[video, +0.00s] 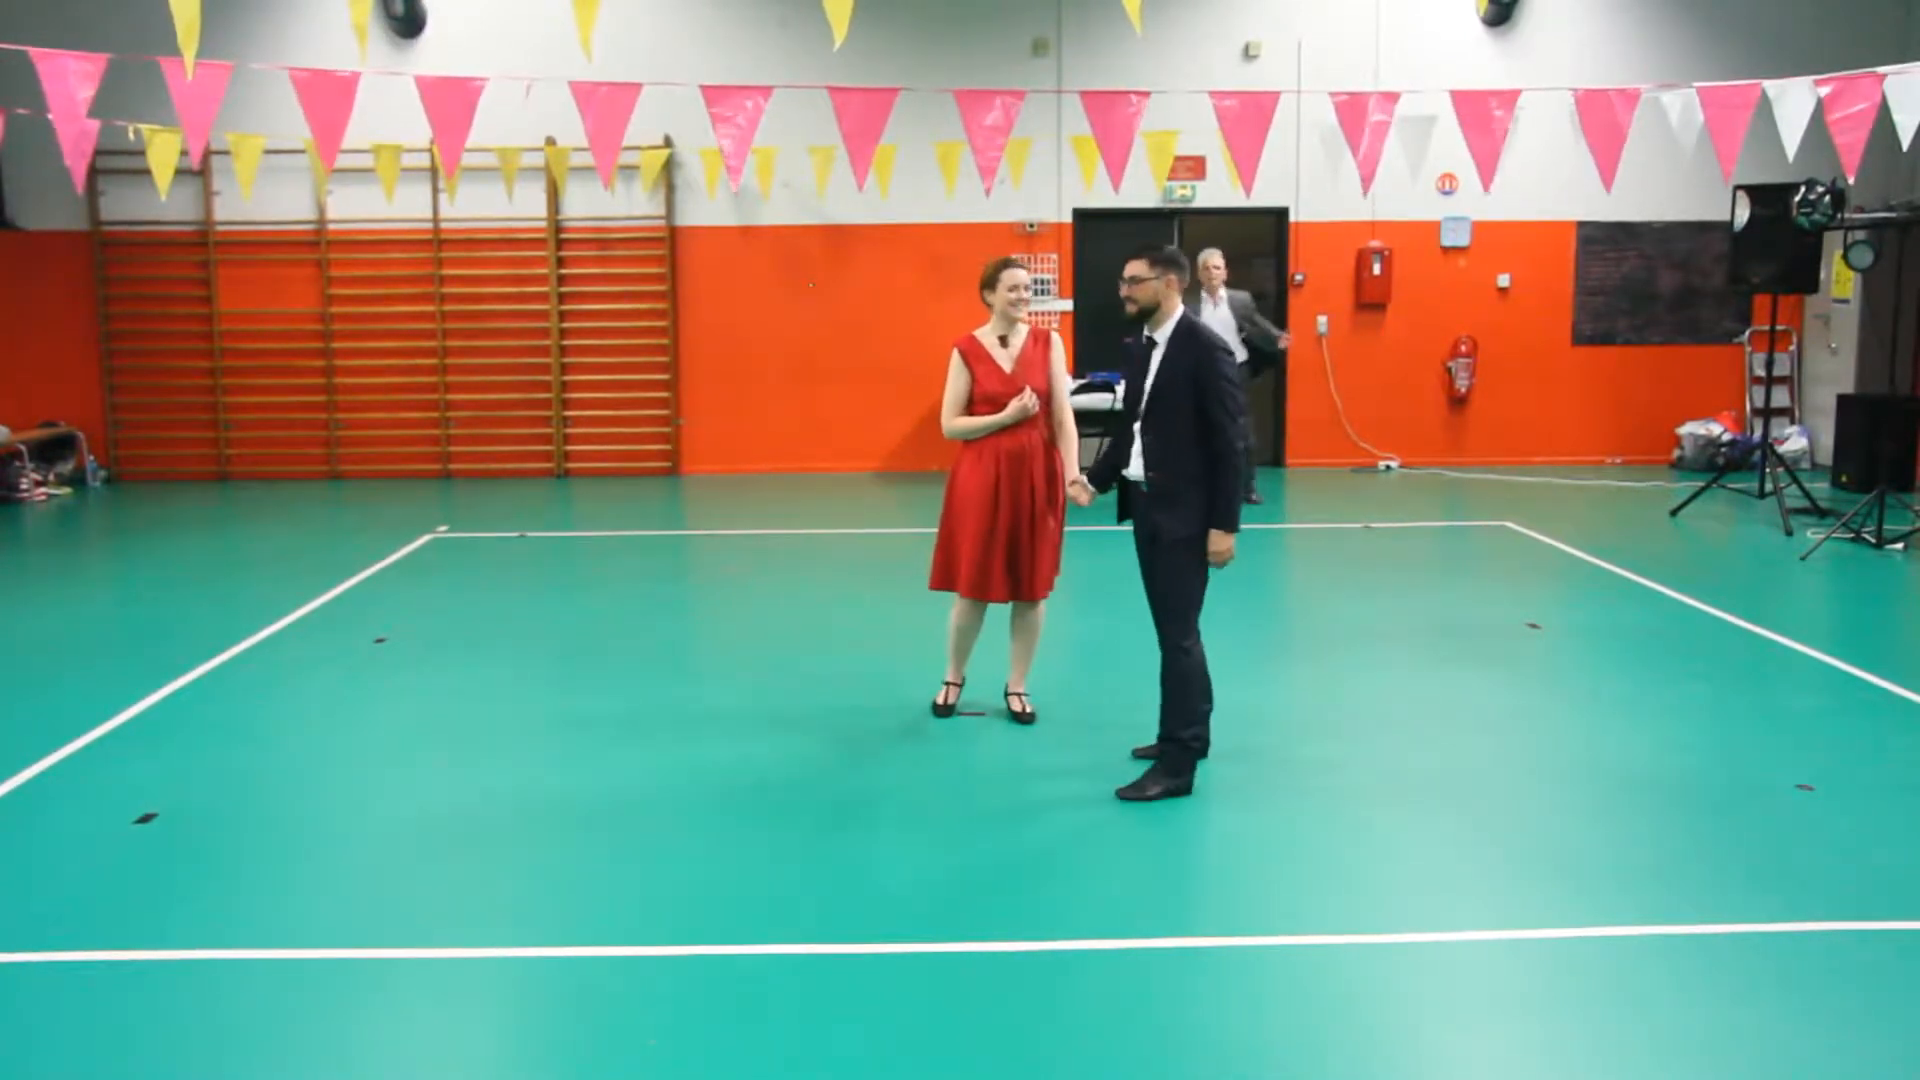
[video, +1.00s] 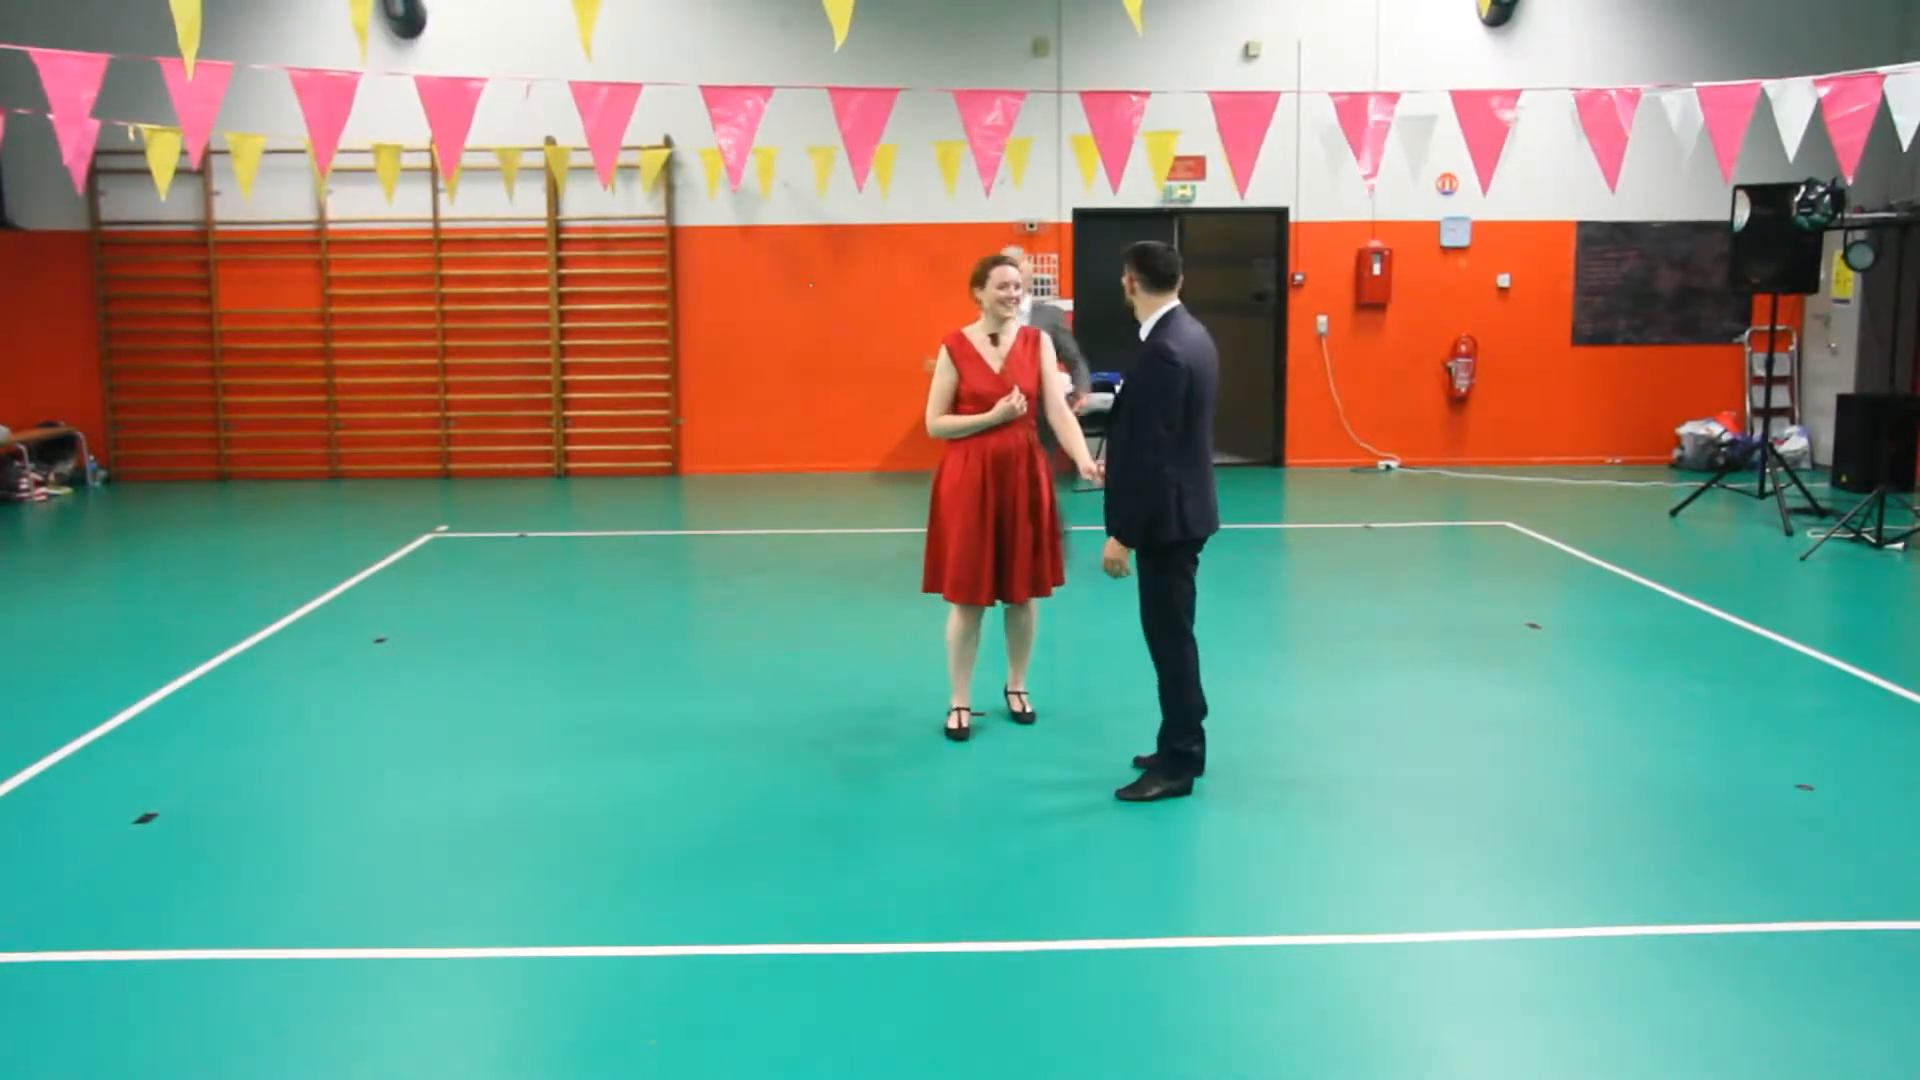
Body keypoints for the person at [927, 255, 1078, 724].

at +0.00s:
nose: (1023, 296)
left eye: (1027, 288)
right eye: (1013, 289)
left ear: (1031, 293)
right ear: (989, 295)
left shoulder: (1047, 344)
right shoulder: (966, 350)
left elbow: (1063, 414)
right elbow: (950, 425)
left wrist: (1072, 471)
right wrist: (1007, 415)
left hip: (1037, 476)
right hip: (983, 477)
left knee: (1030, 589)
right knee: (973, 585)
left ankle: (1017, 686)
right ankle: (953, 679)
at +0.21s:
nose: (1027, 297)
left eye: (1031, 290)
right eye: (1017, 290)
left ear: (1037, 295)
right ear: (994, 296)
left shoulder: (1055, 344)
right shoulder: (973, 350)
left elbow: (1069, 410)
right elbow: (956, 425)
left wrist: (1080, 463)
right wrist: (1010, 416)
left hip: (1042, 475)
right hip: (988, 476)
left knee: (1032, 590)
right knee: (980, 587)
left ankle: (1018, 686)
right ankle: (968, 681)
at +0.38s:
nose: (1026, 297)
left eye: (1031, 289)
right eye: (1016, 290)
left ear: (1037, 295)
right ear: (994, 296)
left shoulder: (1056, 344)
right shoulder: (974, 350)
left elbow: (1072, 409)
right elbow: (957, 425)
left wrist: (1087, 460)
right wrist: (1009, 417)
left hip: (1043, 478)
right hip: (988, 479)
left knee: (1035, 592)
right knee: (981, 591)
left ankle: (1017, 689)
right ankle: (966, 692)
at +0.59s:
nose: (1023, 297)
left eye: (1028, 289)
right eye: (1013, 290)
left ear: (1034, 295)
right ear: (991, 296)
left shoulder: (1053, 345)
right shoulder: (971, 351)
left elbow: (1073, 409)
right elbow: (954, 425)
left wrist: (1092, 455)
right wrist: (1007, 419)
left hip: (1040, 479)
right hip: (986, 479)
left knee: (1033, 593)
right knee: (977, 596)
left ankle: (1018, 688)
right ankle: (958, 698)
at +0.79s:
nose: (1019, 296)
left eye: (1024, 288)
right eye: (1009, 289)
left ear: (1030, 294)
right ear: (986, 295)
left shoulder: (1045, 342)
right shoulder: (965, 351)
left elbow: (1069, 408)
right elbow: (946, 425)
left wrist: (1092, 454)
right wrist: (1000, 418)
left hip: (1033, 478)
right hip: (979, 479)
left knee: (1029, 592)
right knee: (973, 596)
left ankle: (1018, 687)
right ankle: (960, 700)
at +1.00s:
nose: (1013, 294)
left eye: (1018, 287)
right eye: (1002, 287)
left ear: (1024, 293)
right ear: (978, 293)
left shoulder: (1037, 343)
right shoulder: (956, 348)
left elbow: (1058, 408)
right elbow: (935, 423)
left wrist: (1082, 458)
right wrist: (993, 416)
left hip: (1023, 477)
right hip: (969, 479)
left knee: (1022, 593)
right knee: (968, 598)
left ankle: (1017, 686)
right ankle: (960, 700)